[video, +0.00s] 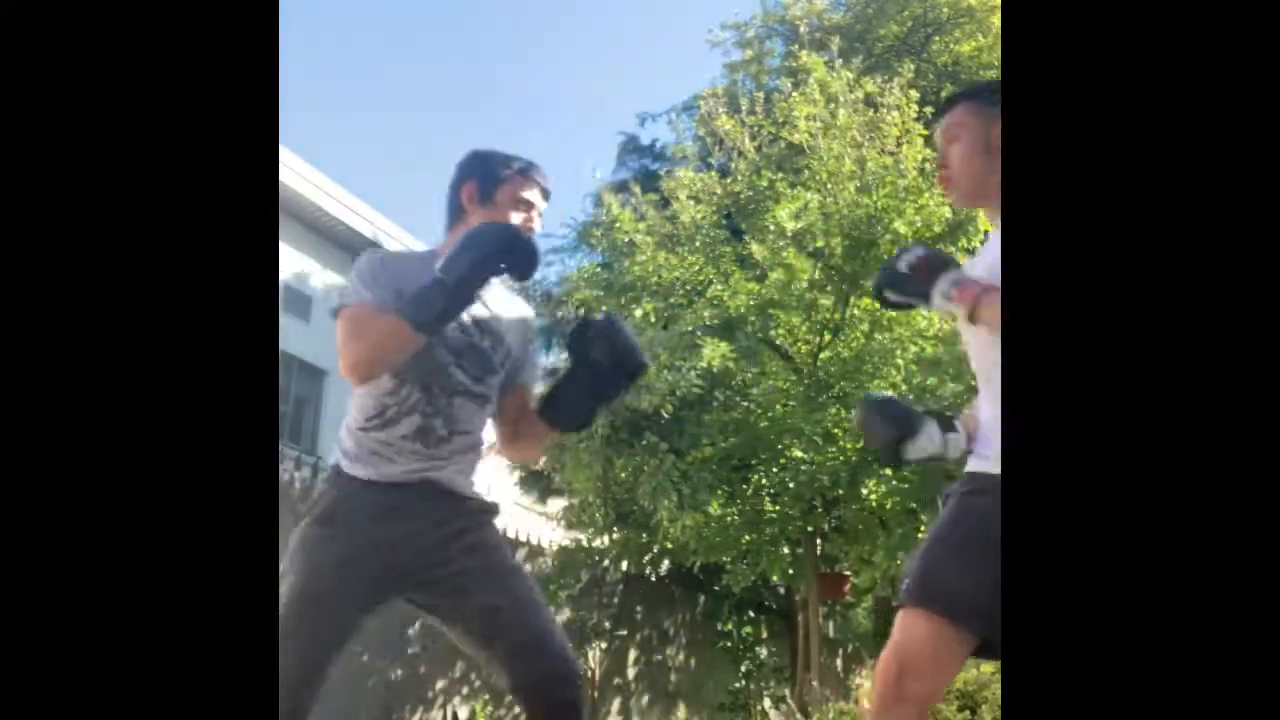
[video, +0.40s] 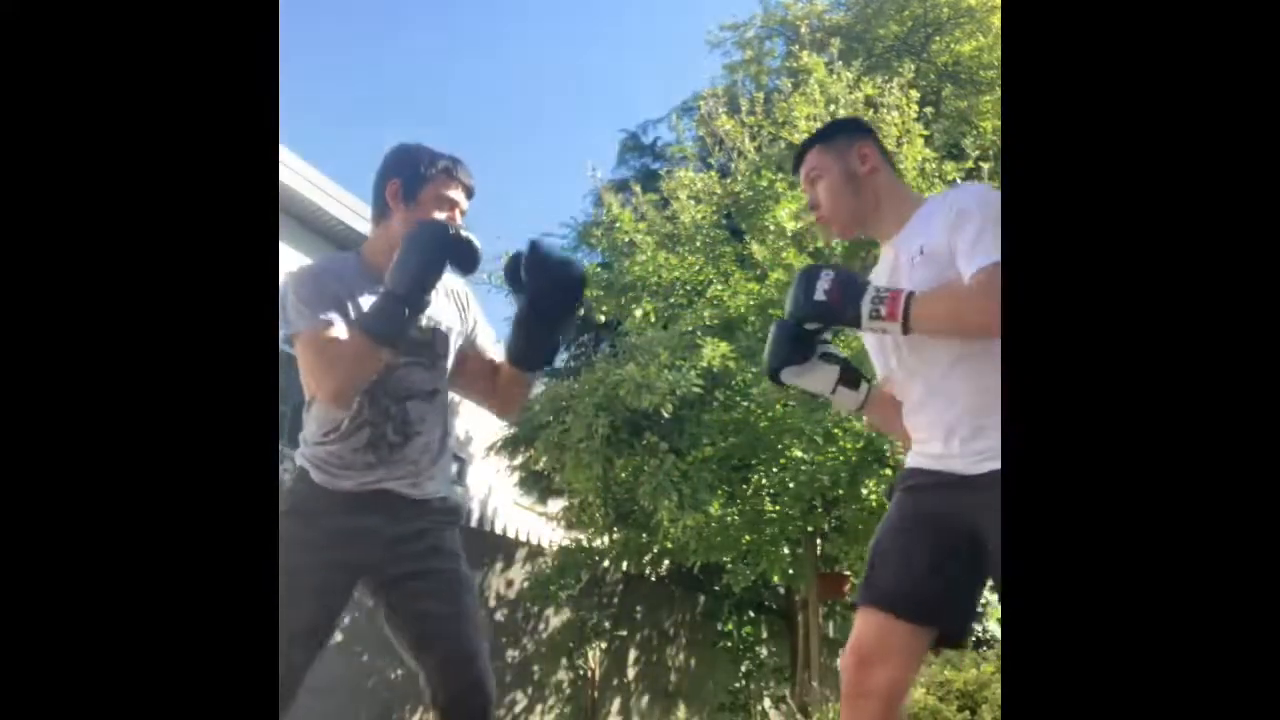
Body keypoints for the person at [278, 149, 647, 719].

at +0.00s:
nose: (534, 223)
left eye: (539, 214)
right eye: (522, 205)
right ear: (470, 198)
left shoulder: (515, 316)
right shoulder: (385, 269)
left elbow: (519, 442)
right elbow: (358, 361)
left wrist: (581, 390)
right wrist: (454, 283)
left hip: (455, 522)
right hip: (357, 510)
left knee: (555, 680)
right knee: (286, 686)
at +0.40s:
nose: (458, 224)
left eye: (463, 213)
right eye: (447, 206)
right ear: (395, 196)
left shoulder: (451, 296)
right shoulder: (315, 282)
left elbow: (505, 399)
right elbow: (330, 384)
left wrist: (539, 323)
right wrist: (404, 292)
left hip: (424, 519)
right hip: (321, 511)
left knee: (471, 700)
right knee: (279, 682)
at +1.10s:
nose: (379, 206)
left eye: (386, 194)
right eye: (368, 185)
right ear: (315, 168)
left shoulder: (365, 266)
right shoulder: (283, 256)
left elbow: (468, 312)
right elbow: (285, 371)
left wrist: (561, 291)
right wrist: (318, 270)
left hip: (320, 489)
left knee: (362, 673)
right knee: (277, 677)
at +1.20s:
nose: (405, 204)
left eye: (411, 192)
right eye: (394, 183)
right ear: (340, 165)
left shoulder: (384, 268)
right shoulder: (287, 249)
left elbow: (499, 288)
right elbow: (285, 362)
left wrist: (615, 264)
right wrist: (335, 282)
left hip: (322, 497)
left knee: (361, 681)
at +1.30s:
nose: (415, 199)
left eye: (422, 189)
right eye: (405, 176)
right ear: (350, 158)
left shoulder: (397, 266)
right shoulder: (287, 242)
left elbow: (518, 278)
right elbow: (286, 355)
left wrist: (640, 259)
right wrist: (335, 280)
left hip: (333, 496)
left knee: (377, 682)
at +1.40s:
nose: (407, 175)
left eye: (413, 162)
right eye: (396, 151)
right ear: (339, 130)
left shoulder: (391, 241)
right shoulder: (282, 215)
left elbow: (500, 305)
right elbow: (285, 329)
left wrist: (607, 266)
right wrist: (329, 248)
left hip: (326, 478)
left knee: (364, 675)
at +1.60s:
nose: (347, 128)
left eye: (355, 117)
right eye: (335, 107)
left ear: (353, 123)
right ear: (286, 98)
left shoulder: (338, 215)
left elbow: (361, 344)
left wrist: (433, 293)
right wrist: (295, 173)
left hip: (311, 462)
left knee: (350, 690)